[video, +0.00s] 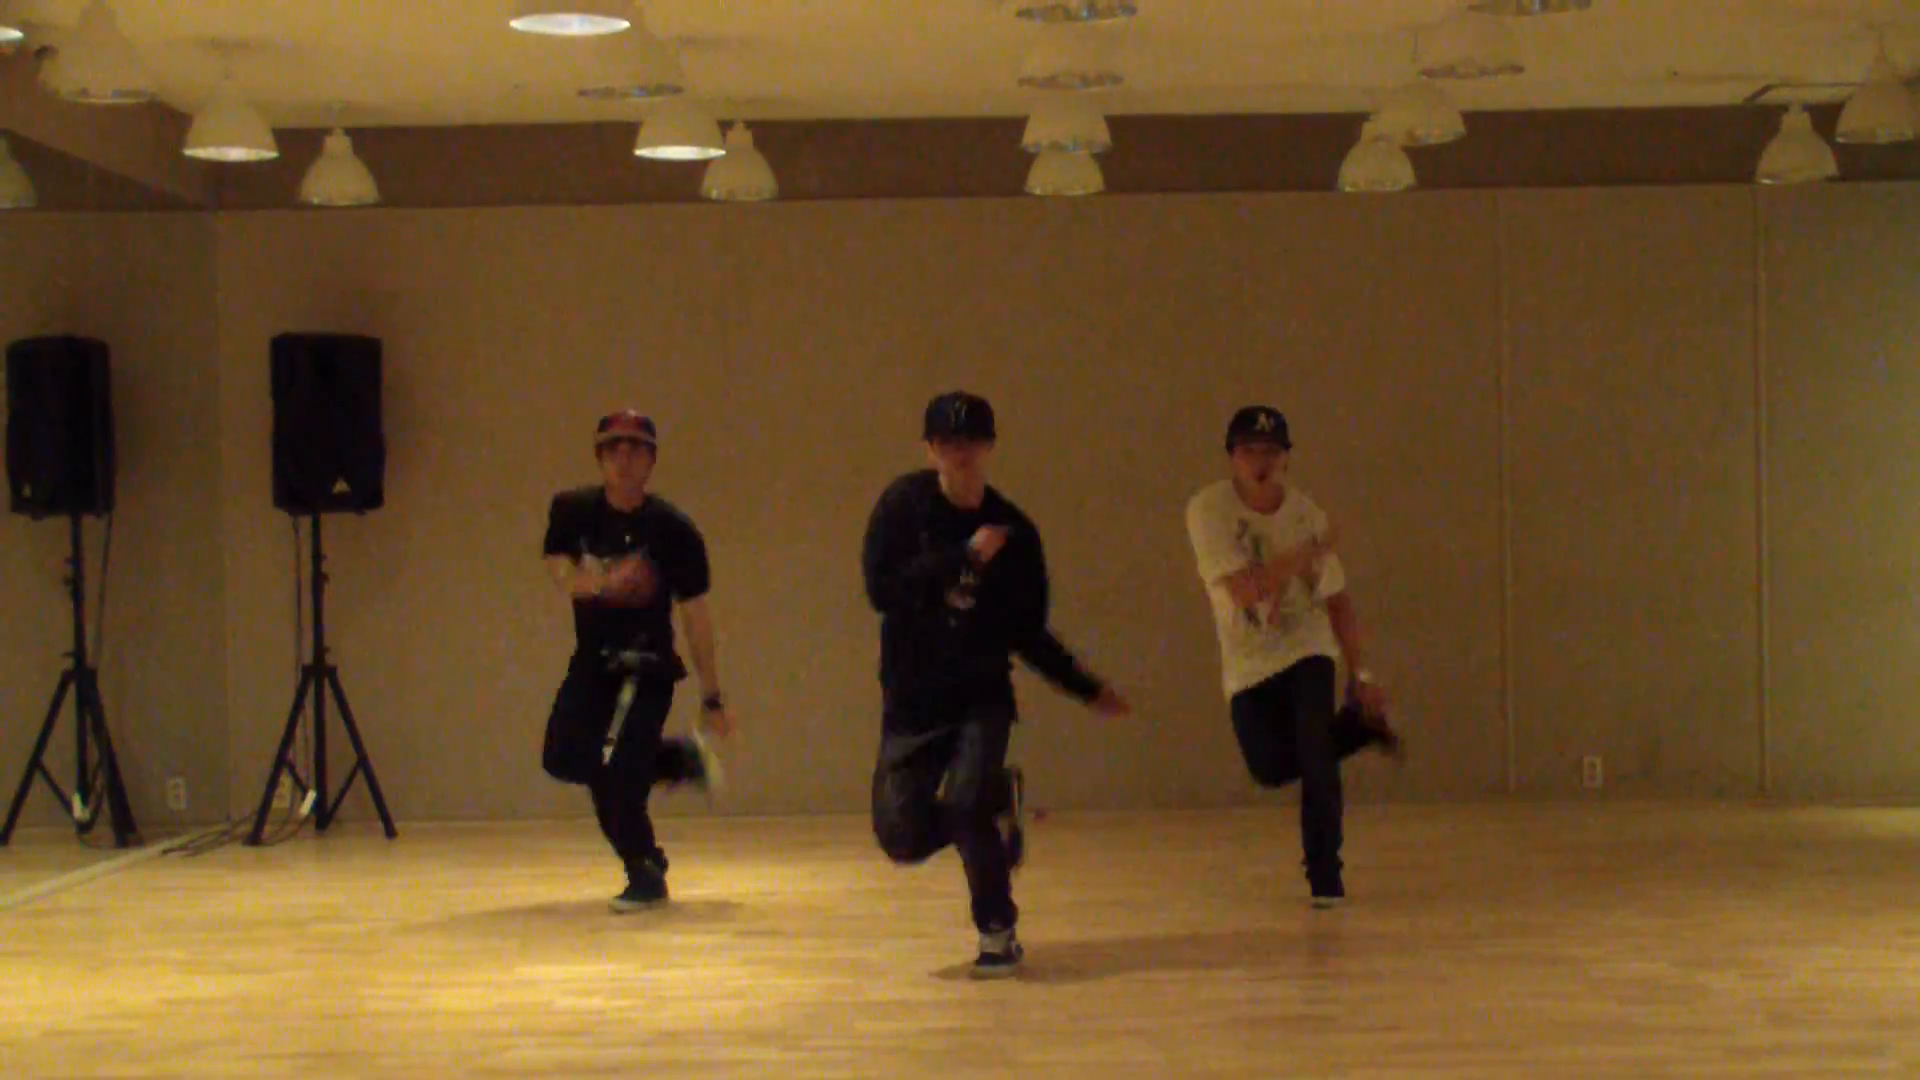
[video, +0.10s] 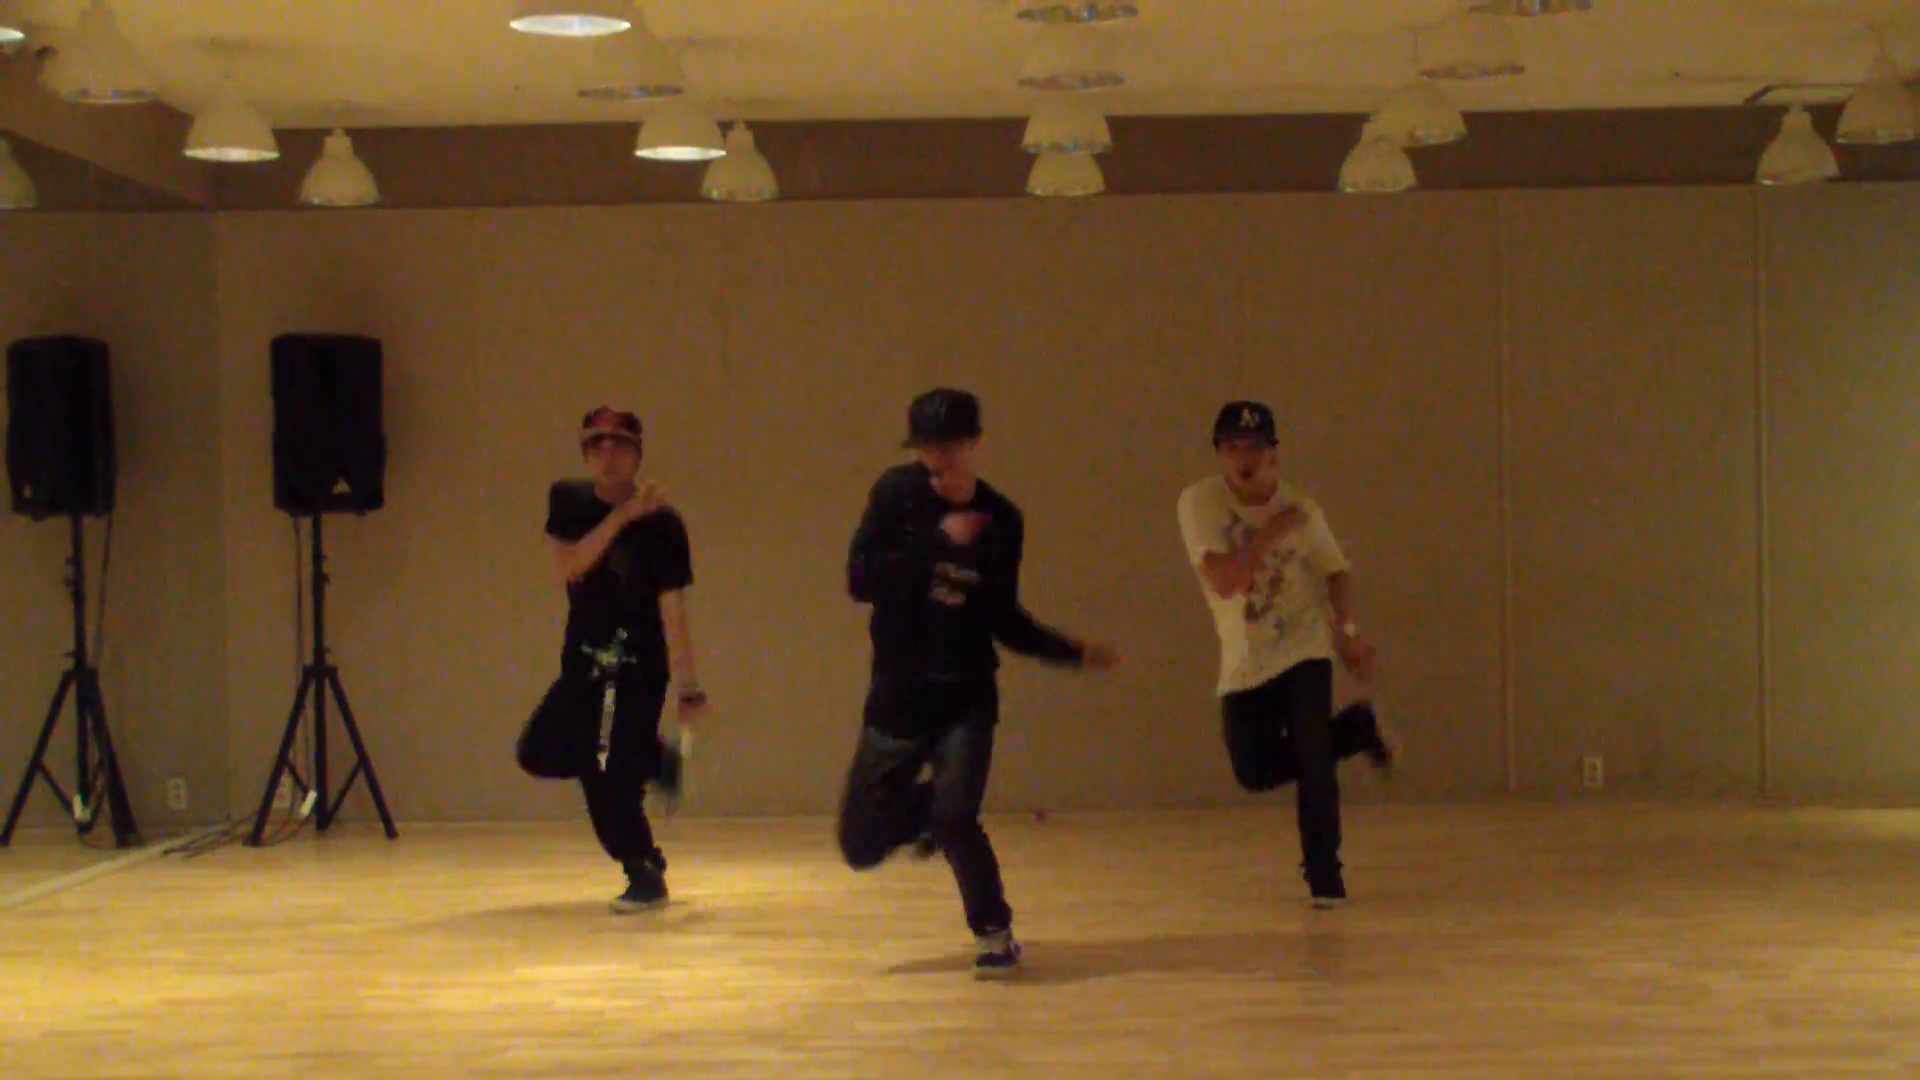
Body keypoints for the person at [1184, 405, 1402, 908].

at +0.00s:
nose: (1261, 462)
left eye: (1271, 451)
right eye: (1250, 451)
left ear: (1285, 456)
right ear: (1231, 456)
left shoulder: (1304, 513)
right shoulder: (1208, 510)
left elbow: (1336, 599)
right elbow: (1242, 591)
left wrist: (1359, 672)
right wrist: (1306, 556)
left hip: (1308, 649)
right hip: (1247, 665)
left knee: (1315, 756)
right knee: (1270, 767)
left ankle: (1325, 876)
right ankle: (1359, 728)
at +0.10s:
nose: (1243, 461)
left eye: (1253, 450)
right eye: (1232, 450)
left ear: (1273, 451)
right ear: (1218, 454)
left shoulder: (1297, 507)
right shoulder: (1200, 503)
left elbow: (1335, 572)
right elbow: (1223, 581)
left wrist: (1344, 632)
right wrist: (1268, 534)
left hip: (1304, 651)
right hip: (1244, 662)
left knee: (1312, 757)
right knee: (1255, 771)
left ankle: (1324, 874)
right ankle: (1353, 731)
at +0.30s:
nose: (1202, 475)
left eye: (1213, 463)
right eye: (1193, 464)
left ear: (1238, 461)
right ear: (1184, 467)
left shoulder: (1269, 520)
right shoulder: (1190, 520)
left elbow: (1231, 611)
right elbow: (1142, 594)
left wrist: (1182, 685)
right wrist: (1091, 658)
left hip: (1283, 670)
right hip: (1226, 665)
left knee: (1255, 773)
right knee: (1157, 765)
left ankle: (1320, 876)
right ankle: (1113, 872)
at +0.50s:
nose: (1178, 477)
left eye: (1190, 464)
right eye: (1171, 466)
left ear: (1218, 465)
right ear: (1165, 470)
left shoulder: (1250, 528)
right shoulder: (1187, 525)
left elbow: (1192, 613)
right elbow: (1147, 599)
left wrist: (1136, 674)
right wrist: (1099, 661)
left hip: (1280, 675)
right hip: (1225, 667)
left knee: (1249, 787)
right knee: (1159, 768)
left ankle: (1325, 867)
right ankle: (1118, 872)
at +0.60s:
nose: (1190, 469)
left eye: (1200, 457)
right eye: (1181, 459)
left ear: (1228, 458)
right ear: (1174, 464)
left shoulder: (1266, 500)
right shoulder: (1187, 527)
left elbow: (1236, 552)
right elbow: (1153, 606)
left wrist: (1187, 552)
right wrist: (1112, 677)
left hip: (1285, 672)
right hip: (1227, 667)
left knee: (1253, 787)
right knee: (1160, 766)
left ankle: (1328, 870)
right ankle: (1118, 872)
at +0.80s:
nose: (1195, 486)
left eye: (1205, 474)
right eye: (1186, 477)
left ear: (1230, 478)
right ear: (1178, 485)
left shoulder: (1280, 516)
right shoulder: (1184, 550)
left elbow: (1358, 521)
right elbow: (1180, 638)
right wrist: (1165, 708)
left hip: (1301, 677)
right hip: (1241, 677)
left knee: (1260, 795)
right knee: (1164, 768)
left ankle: (1332, 877)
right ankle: (1116, 876)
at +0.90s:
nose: (1203, 481)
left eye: (1214, 470)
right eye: (1196, 471)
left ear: (1239, 475)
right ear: (1187, 479)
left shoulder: (1291, 527)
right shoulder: (1194, 547)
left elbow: (1357, 578)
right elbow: (1191, 635)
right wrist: (1181, 706)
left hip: (1306, 685)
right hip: (1244, 682)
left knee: (1275, 785)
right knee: (1175, 771)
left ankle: (1334, 877)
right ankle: (1119, 874)